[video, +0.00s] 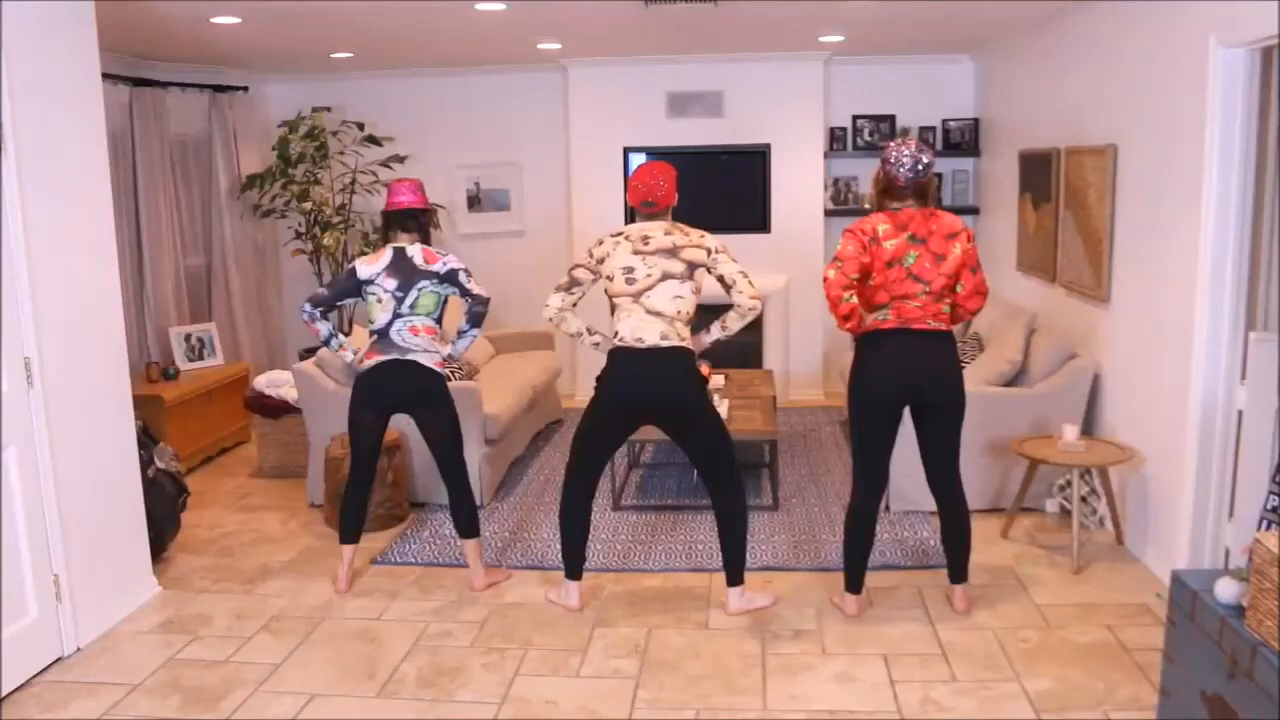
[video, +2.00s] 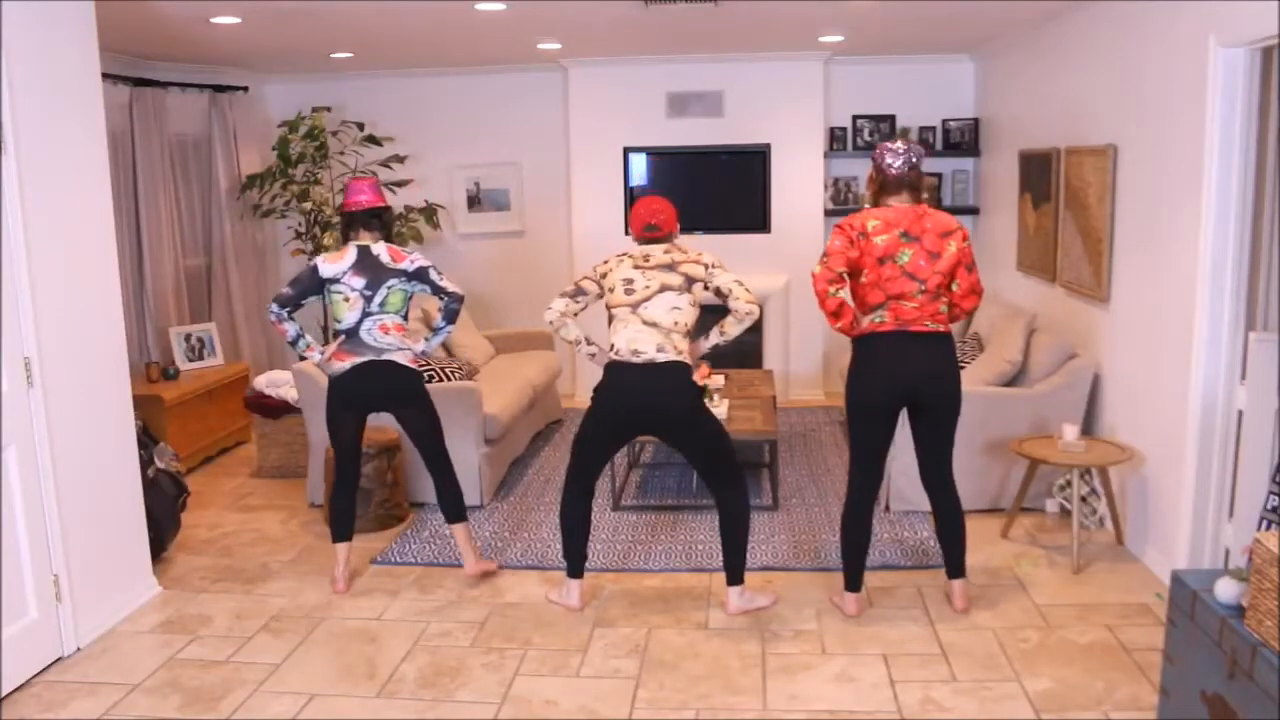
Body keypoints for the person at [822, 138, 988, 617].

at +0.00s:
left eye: (881, 174)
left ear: (881, 182)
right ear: (929, 182)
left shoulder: (865, 229)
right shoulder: (954, 228)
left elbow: (837, 284)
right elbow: (973, 293)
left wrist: (861, 325)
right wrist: (942, 323)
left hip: (879, 358)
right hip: (938, 358)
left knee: (868, 481)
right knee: (947, 478)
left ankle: (852, 594)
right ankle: (960, 590)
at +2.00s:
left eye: (872, 178)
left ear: (873, 182)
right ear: (920, 181)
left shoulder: (856, 226)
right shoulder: (948, 226)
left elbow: (825, 281)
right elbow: (968, 294)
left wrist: (854, 325)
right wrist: (936, 320)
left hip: (876, 359)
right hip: (935, 359)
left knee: (863, 478)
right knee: (940, 475)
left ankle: (852, 593)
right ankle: (958, 587)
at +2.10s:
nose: (870, 189)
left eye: (870, 182)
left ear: (874, 183)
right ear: (916, 181)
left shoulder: (863, 227)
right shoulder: (952, 226)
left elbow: (837, 280)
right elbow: (973, 290)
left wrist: (863, 329)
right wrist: (946, 325)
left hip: (884, 360)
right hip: (942, 360)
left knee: (867, 477)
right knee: (940, 477)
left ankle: (853, 593)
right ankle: (956, 588)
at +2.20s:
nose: (866, 196)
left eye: (866, 189)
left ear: (874, 188)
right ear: (914, 183)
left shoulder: (866, 229)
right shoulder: (955, 225)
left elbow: (849, 282)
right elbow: (977, 289)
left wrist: (871, 330)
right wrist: (947, 324)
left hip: (891, 361)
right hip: (948, 360)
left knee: (870, 479)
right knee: (944, 478)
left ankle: (855, 592)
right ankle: (956, 589)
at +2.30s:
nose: (863, 201)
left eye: (863, 194)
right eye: (865, 194)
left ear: (870, 191)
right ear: (907, 183)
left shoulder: (867, 230)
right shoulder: (952, 225)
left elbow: (865, 289)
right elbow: (974, 289)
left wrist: (872, 333)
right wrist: (948, 329)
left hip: (896, 360)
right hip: (952, 360)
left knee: (874, 477)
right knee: (945, 475)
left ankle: (871, 590)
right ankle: (956, 588)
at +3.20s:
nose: (840, 226)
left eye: (837, 216)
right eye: (836, 218)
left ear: (850, 203)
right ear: (873, 194)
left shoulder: (865, 233)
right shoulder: (930, 227)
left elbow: (878, 287)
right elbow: (938, 291)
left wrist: (859, 337)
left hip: (901, 355)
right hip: (947, 351)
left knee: (881, 474)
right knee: (919, 467)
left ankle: (884, 589)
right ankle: (935, 570)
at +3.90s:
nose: (830, 230)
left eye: (829, 221)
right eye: (825, 224)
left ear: (848, 205)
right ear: (838, 210)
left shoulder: (892, 237)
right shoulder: (862, 236)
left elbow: (909, 311)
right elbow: (859, 294)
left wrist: (847, 328)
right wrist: (828, 318)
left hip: (915, 360)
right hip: (891, 358)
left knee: (877, 469)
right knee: (877, 465)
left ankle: (886, 585)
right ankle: (900, 561)